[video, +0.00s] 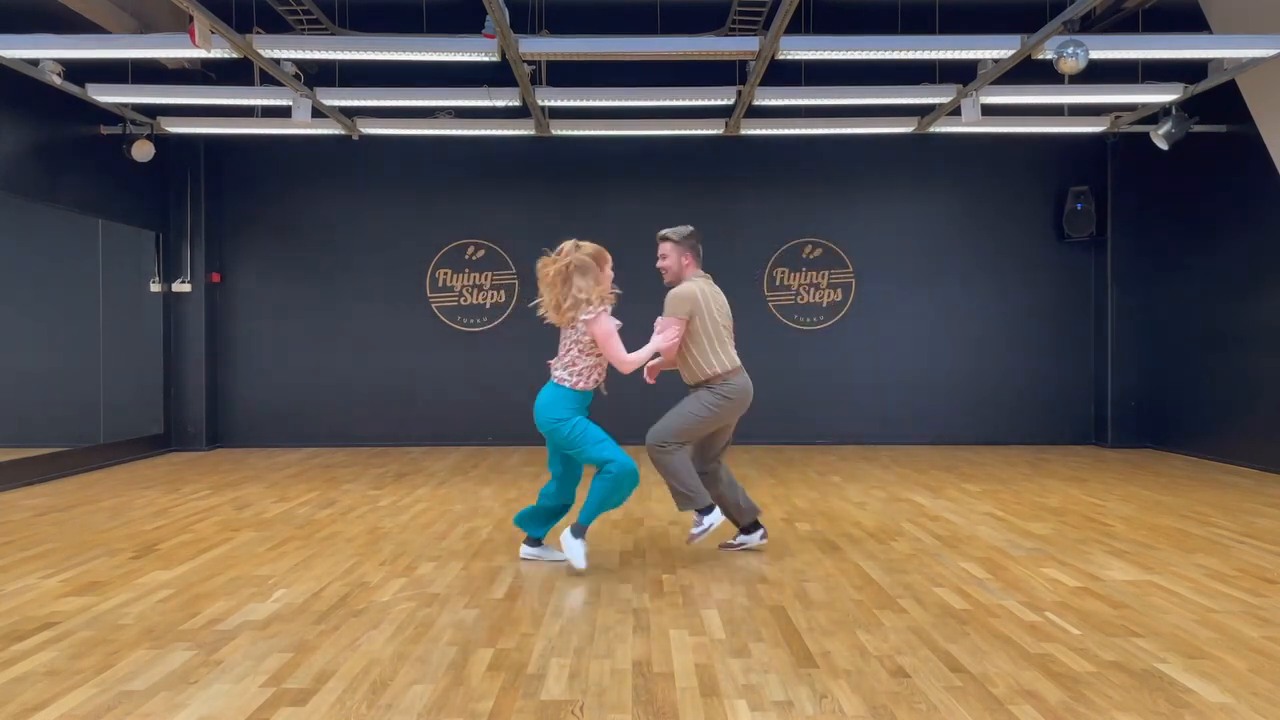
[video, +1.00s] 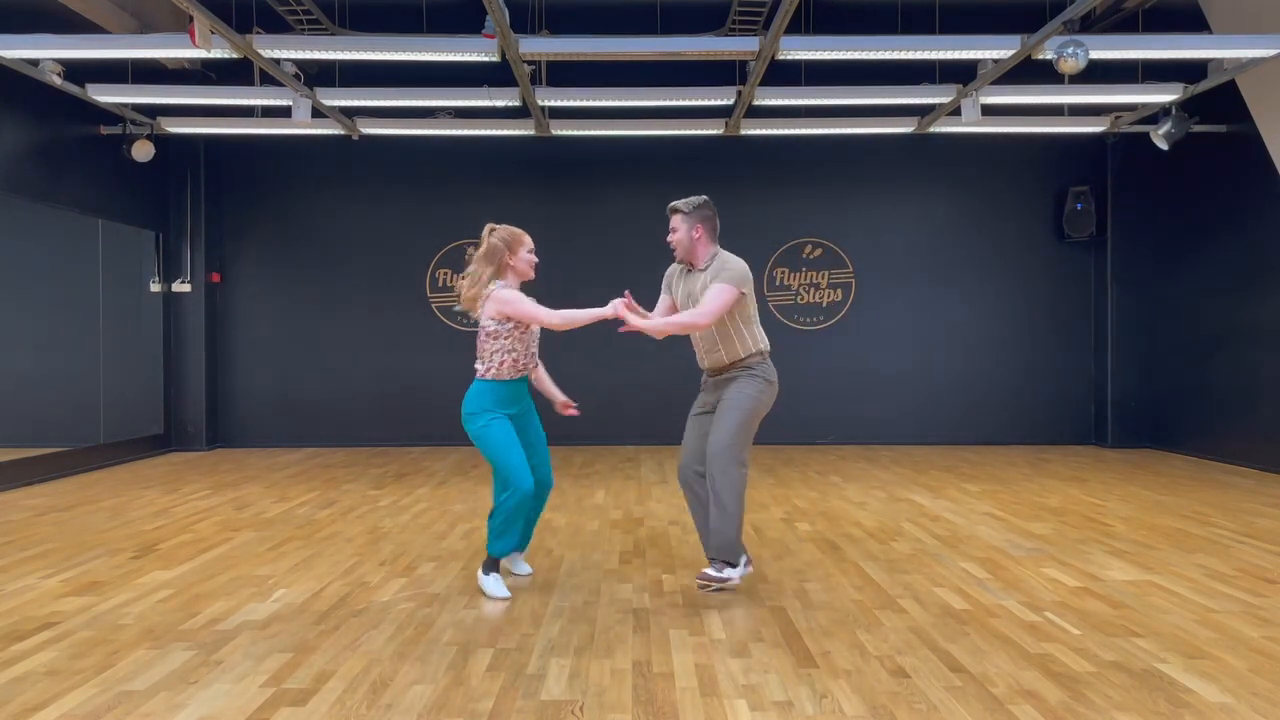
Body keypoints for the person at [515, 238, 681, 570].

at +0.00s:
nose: (612, 277)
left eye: (611, 271)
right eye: (608, 272)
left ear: (578, 279)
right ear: (594, 278)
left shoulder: (574, 313)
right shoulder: (598, 320)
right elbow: (626, 364)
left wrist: (650, 340)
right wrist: (656, 344)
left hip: (553, 404)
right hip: (564, 410)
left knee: (565, 481)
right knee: (621, 468)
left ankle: (533, 542)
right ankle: (577, 533)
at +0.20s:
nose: (576, 260)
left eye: (573, 254)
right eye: (570, 255)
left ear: (550, 263)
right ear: (554, 263)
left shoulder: (538, 296)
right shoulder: (567, 300)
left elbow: (573, 334)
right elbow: (600, 349)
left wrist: (612, 324)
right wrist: (634, 346)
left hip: (506, 389)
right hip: (530, 394)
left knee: (524, 473)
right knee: (566, 474)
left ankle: (496, 544)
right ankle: (531, 551)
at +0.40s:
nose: (548, 260)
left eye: (546, 253)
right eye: (542, 254)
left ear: (518, 263)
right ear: (522, 262)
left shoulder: (496, 297)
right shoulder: (539, 302)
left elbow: (519, 328)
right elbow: (583, 340)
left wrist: (555, 317)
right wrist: (625, 329)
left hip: (470, 395)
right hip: (499, 394)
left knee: (488, 483)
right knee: (561, 463)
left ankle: (454, 561)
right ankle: (525, 540)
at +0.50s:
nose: (542, 258)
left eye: (540, 252)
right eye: (535, 253)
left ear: (507, 263)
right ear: (514, 261)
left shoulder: (488, 296)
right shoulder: (536, 299)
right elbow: (581, 340)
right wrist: (624, 335)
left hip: (464, 393)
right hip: (494, 390)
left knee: (516, 463)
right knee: (538, 467)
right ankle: (495, 551)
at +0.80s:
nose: (535, 253)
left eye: (533, 247)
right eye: (528, 248)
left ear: (516, 253)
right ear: (507, 254)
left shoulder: (525, 300)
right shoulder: (493, 288)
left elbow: (555, 345)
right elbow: (526, 326)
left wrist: (594, 326)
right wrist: (584, 323)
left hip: (510, 398)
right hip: (474, 399)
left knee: (546, 466)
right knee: (522, 462)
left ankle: (503, 536)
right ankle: (505, 549)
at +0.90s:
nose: (533, 263)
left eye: (532, 256)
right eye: (527, 257)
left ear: (508, 263)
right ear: (504, 261)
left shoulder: (531, 306)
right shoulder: (481, 301)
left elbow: (562, 351)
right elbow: (516, 333)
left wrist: (598, 373)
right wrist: (573, 329)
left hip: (522, 402)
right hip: (483, 405)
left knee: (533, 476)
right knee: (517, 472)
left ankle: (508, 549)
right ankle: (503, 559)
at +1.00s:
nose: (535, 258)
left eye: (534, 251)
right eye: (529, 252)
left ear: (512, 258)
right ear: (508, 257)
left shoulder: (524, 301)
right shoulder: (499, 296)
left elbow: (532, 362)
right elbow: (554, 319)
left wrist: (557, 397)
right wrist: (608, 311)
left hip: (520, 401)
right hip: (487, 404)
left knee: (542, 481)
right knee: (521, 484)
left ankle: (512, 550)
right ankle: (490, 567)